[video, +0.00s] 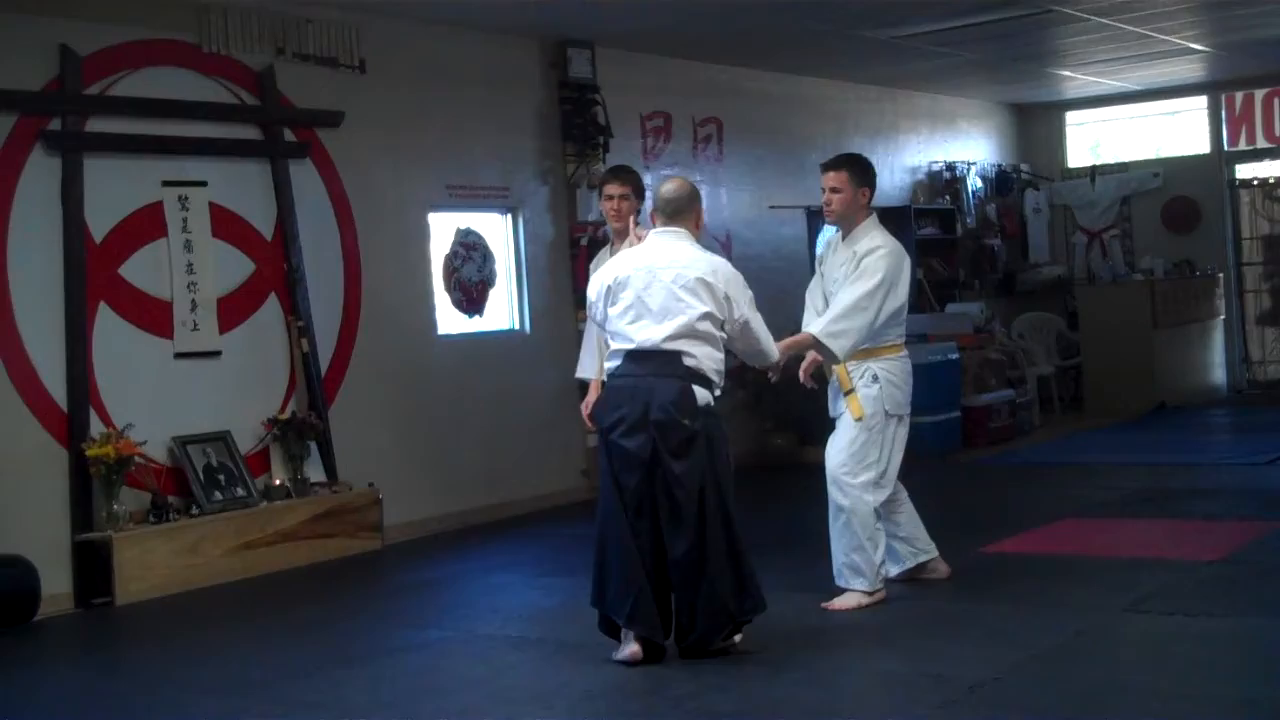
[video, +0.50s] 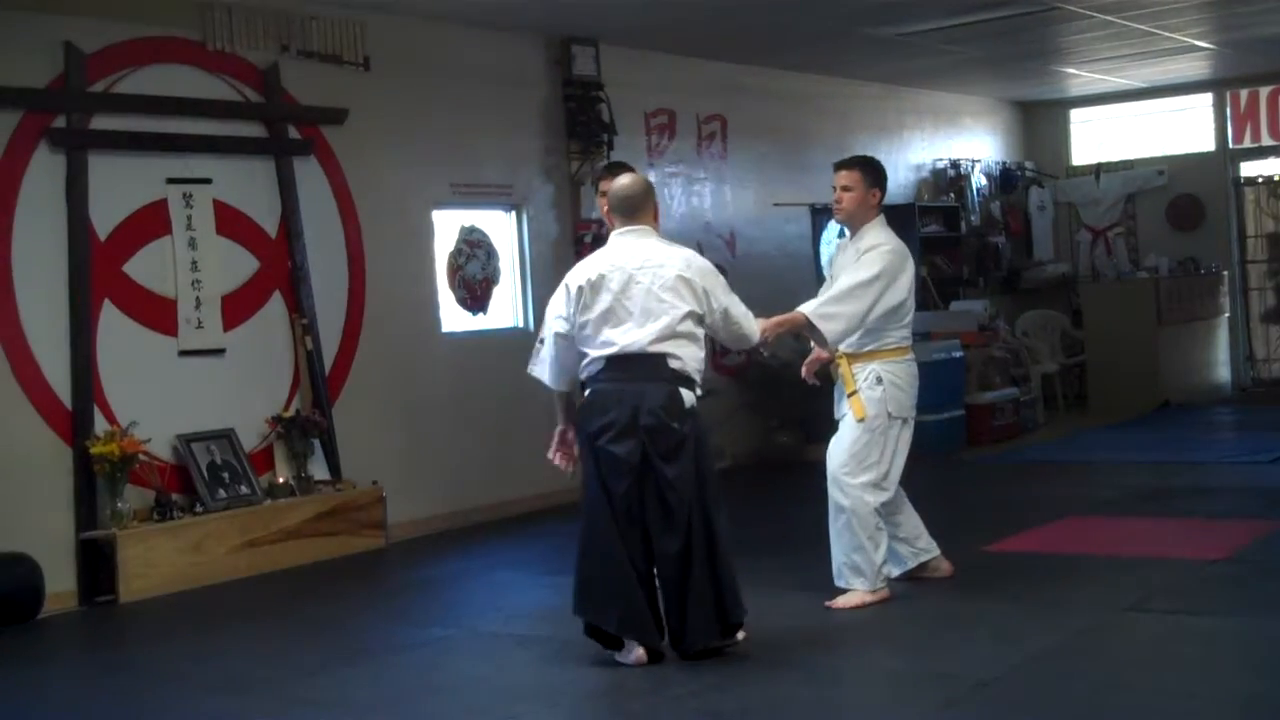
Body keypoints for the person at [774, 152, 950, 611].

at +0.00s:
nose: (825, 200)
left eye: (834, 192)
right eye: (823, 191)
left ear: (864, 196)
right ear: (825, 194)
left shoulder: (883, 251)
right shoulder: (830, 241)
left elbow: (853, 318)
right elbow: (822, 303)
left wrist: (787, 345)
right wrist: (818, 351)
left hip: (879, 372)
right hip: (846, 371)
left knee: (845, 466)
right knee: (872, 472)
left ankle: (864, 584)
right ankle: (923, 559)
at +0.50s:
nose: (836, 198)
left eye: (845, 190)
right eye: (834, 190)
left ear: (874, 197)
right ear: (838, 195)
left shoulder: (885, 250)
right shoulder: (851, 245)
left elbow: (841, 302)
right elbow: (849, 307)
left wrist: (783, 322)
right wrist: (827, 348)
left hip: (884, 374)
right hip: (856, 373)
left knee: (845, 465)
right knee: (869, 474)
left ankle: (868, 582)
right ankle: (925, 559)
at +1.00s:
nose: (827, 197)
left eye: (838, 190)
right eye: (827, 189)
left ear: (866, 196)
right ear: (832, 194)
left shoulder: (875, 251)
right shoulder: (841, 244)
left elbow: (828, 308)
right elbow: (845, 312)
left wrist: (765, 330)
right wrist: (824, 353)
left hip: (879, 373)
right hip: (853, 372)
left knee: (841, 468)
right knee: (869, 474)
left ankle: (867, 582)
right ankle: (925, 558)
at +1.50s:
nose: (831, 197)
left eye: (842, 190)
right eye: (830, 188)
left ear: (869, 198)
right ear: (831, 193)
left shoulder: (882, 254)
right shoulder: (833, 245)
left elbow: (856, 328)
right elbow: (810, 310)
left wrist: (817, 375)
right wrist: (801, 361)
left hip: (875, 373)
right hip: (846, 371)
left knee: (840, 470)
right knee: (868, 475)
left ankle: (864, 582)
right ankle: (926, 558)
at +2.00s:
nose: (852, 193)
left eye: (863, 187)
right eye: (851, 184)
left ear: (887, 197)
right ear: (848, 191)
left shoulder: (894, 251)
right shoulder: (842, 241)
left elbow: (921, 295)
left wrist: (941, 326)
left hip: (867, 370)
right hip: (835, 367)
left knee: (849, 479)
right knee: (864, 470)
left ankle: (864, 581)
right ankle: (924, 557)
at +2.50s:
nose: (851, 193)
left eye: (863, 187)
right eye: (851, 184)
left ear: (889, 197)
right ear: (849, 189)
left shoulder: (897, 250)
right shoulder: (845, 239)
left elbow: (918, 298)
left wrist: (931, 335)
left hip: (870, 370)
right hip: (837, 367)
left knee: (846, 476)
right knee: (869, 471)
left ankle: (864, 582)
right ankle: (926, 558)